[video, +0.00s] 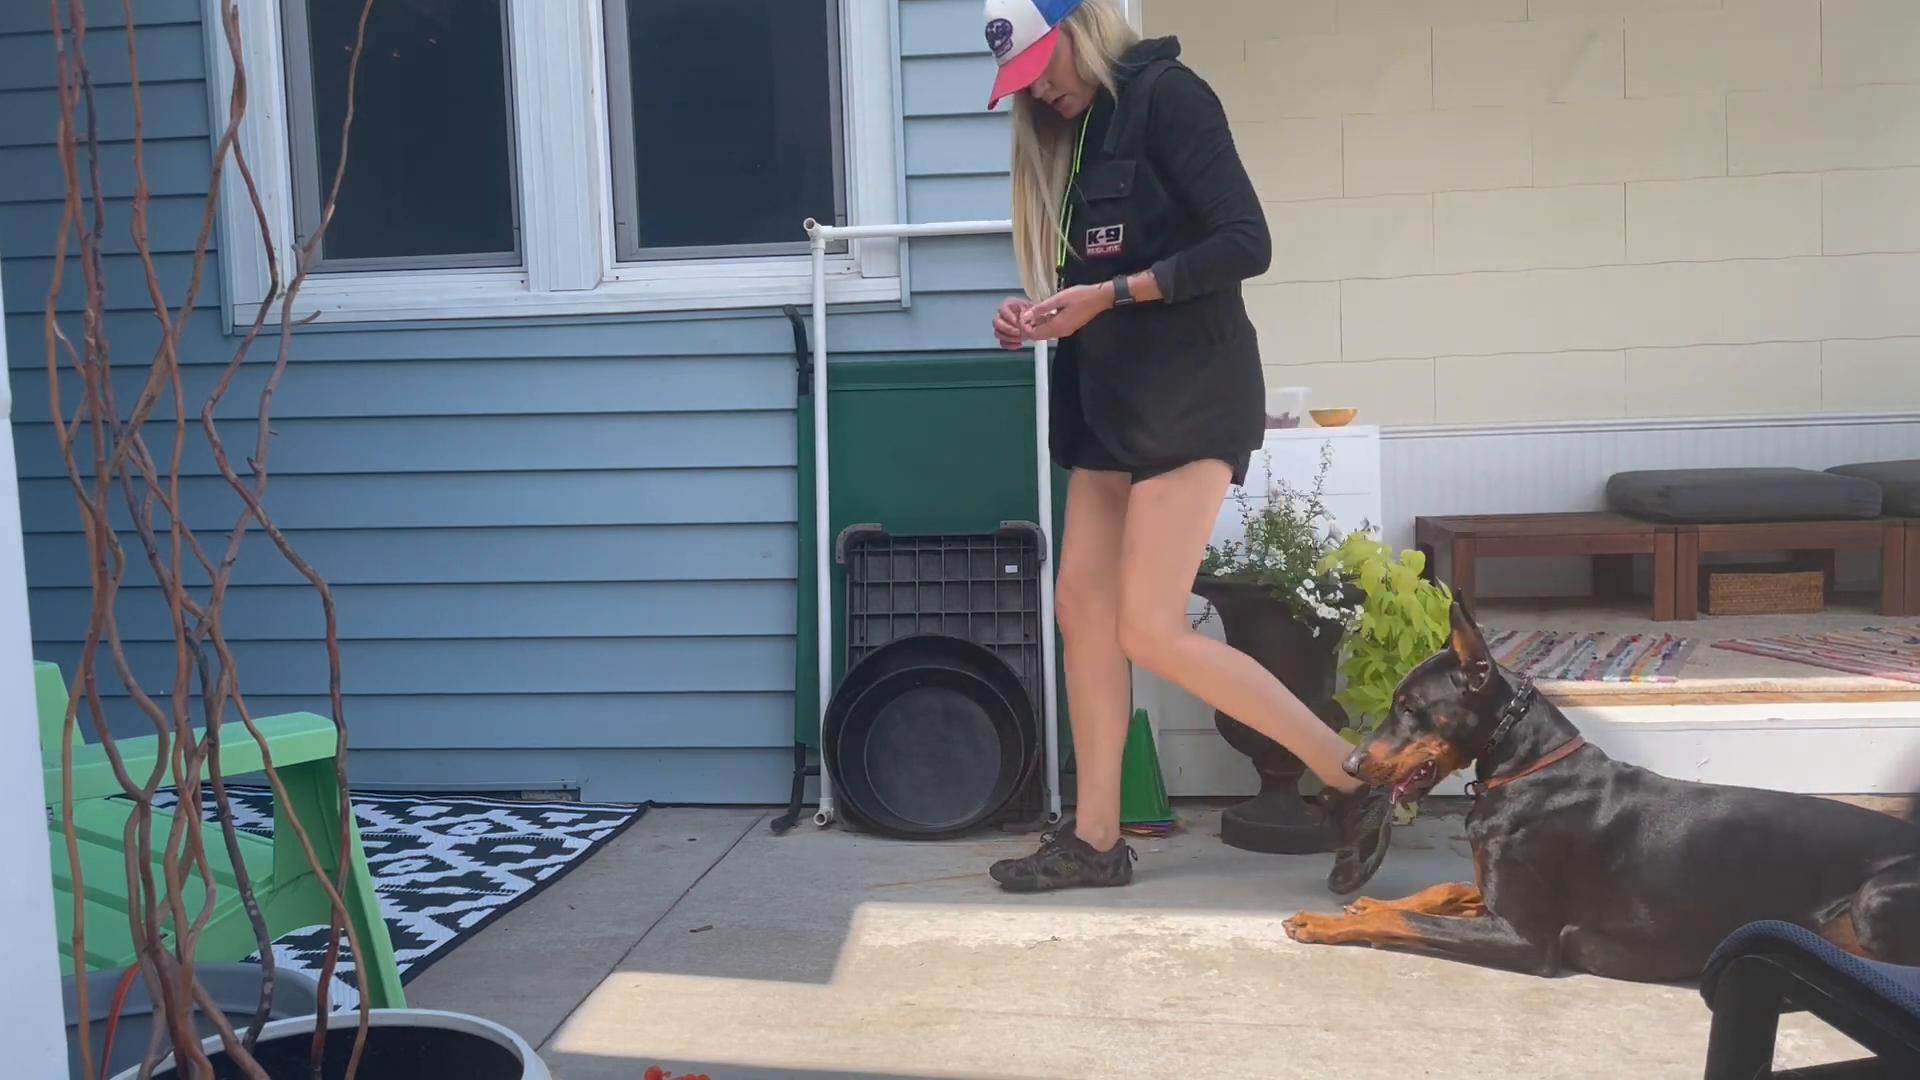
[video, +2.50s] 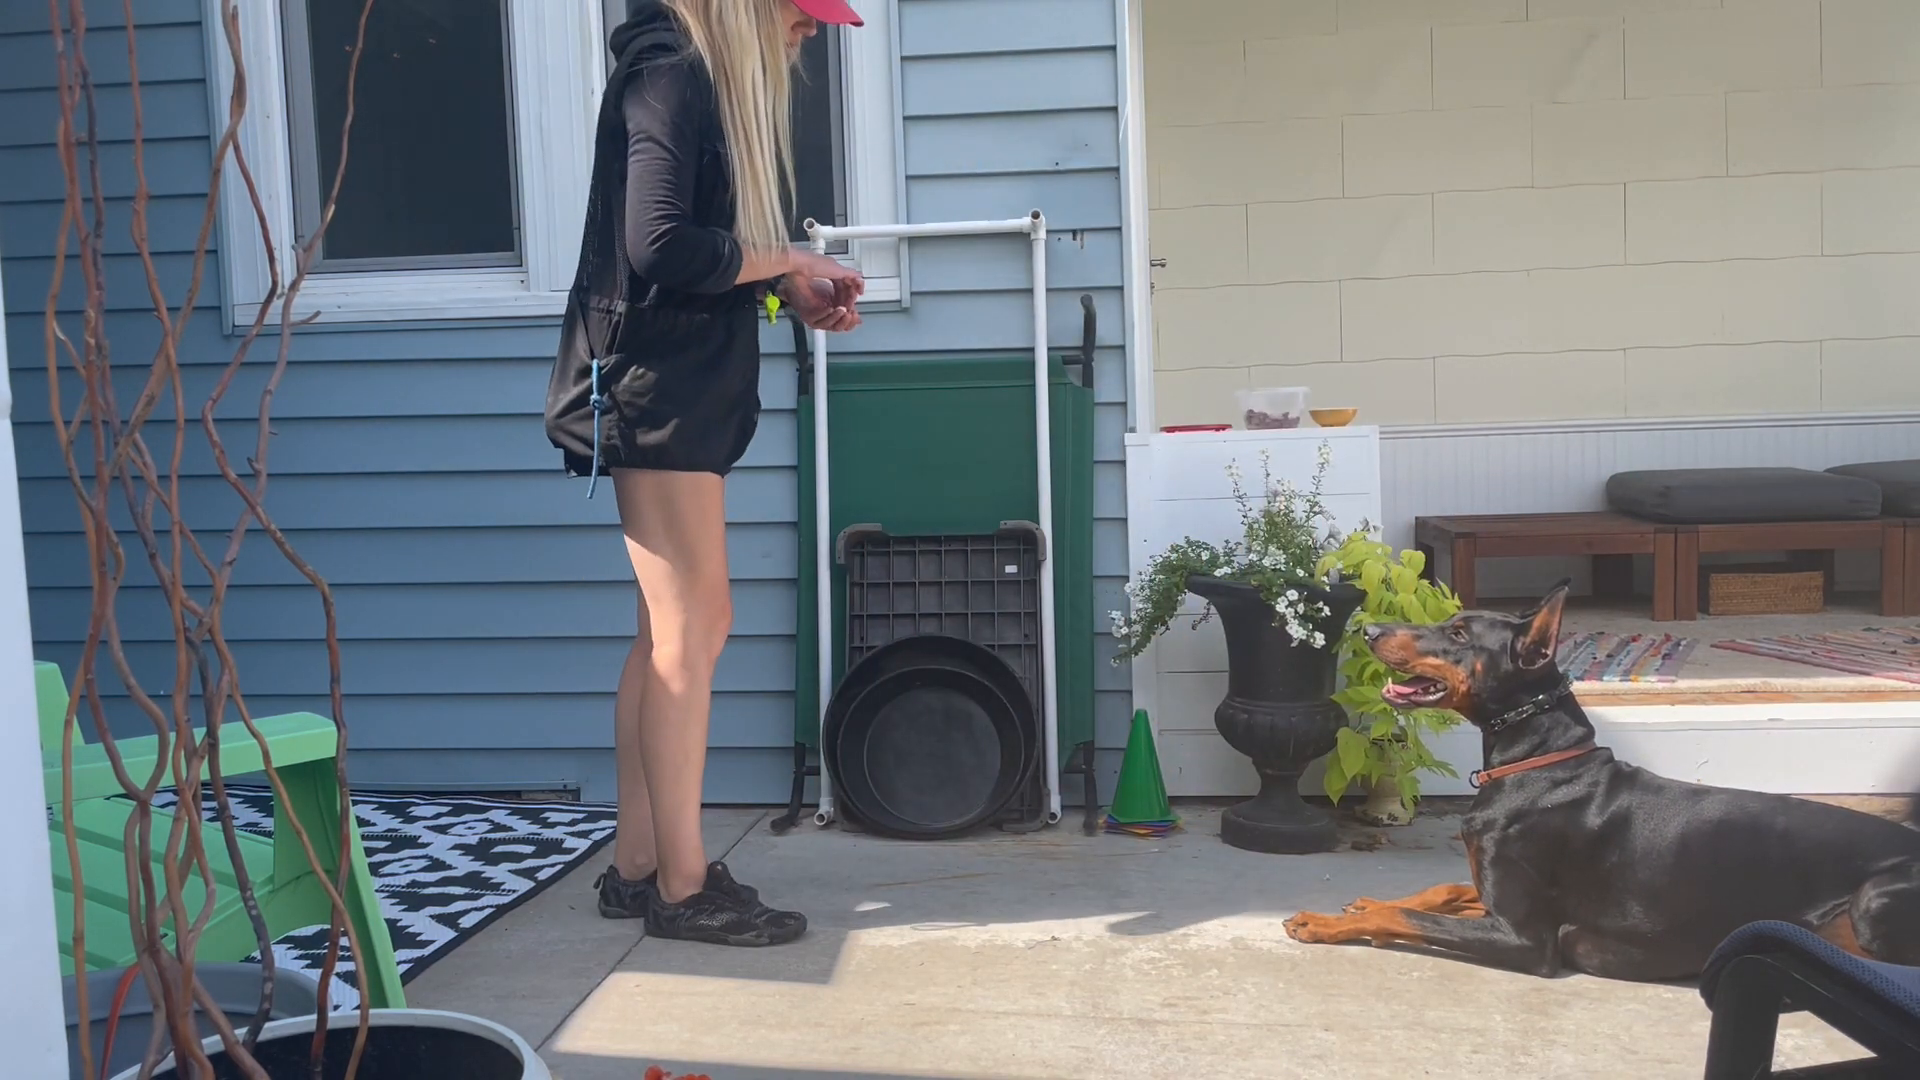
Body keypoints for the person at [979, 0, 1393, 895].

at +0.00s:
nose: (1042, 97)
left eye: (1043, 73)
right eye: (1028, 86)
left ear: (1081, 30)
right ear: (1033, 67)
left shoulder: (1170, 94)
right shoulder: (1084, 132)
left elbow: (1245, 242)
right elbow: (1110, 266)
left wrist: (1110, 293)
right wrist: (1047, 306)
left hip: (1193, 393)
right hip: (1109, 397)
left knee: (1151, 627)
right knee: (1084, 606)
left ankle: (1353, 779)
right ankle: (1097, 840)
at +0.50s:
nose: (883, 57)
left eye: (897, 38)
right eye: (863, 43)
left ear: (930, 18)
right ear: (838, 35)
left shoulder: (979, 102)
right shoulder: (835, 106)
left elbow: (1051, 263)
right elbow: (785, 275)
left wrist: (947, 267)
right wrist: (799, 272)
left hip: (951, 397)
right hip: (853, 396)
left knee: (879, 625)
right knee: (855, 634)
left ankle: (852, 868)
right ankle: (1025, 786)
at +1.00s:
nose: (779, 32)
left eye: (787, 21)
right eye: (768, 16)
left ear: (784, 18)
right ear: (712, 2)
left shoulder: (780, 84)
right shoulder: (614, 72)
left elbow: (808, 229)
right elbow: (572, 250)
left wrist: (822, 276)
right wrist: (725, 265)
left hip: (771, 368)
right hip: (651, 373)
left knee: (801, 626)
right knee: (648, 630)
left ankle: (834, 865)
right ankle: (596, 876)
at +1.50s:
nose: (722, 38)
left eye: (727, 27)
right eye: (715, 21)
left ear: (684, 8)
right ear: (671, 2)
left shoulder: (665, 67)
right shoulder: (588, 56)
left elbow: (658, 236)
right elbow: (558, 244)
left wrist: (745, 258)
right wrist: (723, 257)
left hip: (684, 367)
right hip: (616, 373)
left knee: (674, 622)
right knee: (622, 630)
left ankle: (644, 858)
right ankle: (594, 880)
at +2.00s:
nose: (745, 43)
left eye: (749, 31)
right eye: (740, 26)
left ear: (700, 14)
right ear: (693, 8)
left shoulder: (672, 77)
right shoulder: (620, 68)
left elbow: (667, 240)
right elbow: (605, 232)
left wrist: (756, 274)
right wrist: (741, 245)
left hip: (666, 376)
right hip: (633, 375)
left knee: (671, 621)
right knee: (694, 615)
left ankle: (638, 861)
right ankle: (653, 879)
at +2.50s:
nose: (807, 34)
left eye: (811, 22)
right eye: (801, 17)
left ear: (747, 6)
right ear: (751, 5)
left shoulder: (712, 67)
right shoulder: (672, 67)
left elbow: (716, 231)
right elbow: (658, 249)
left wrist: (793, 277)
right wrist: (778, 264)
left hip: (674, 372)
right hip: (657, 376)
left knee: (670, 628)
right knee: (696, 626)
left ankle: (639, 863)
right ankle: (684, 886)